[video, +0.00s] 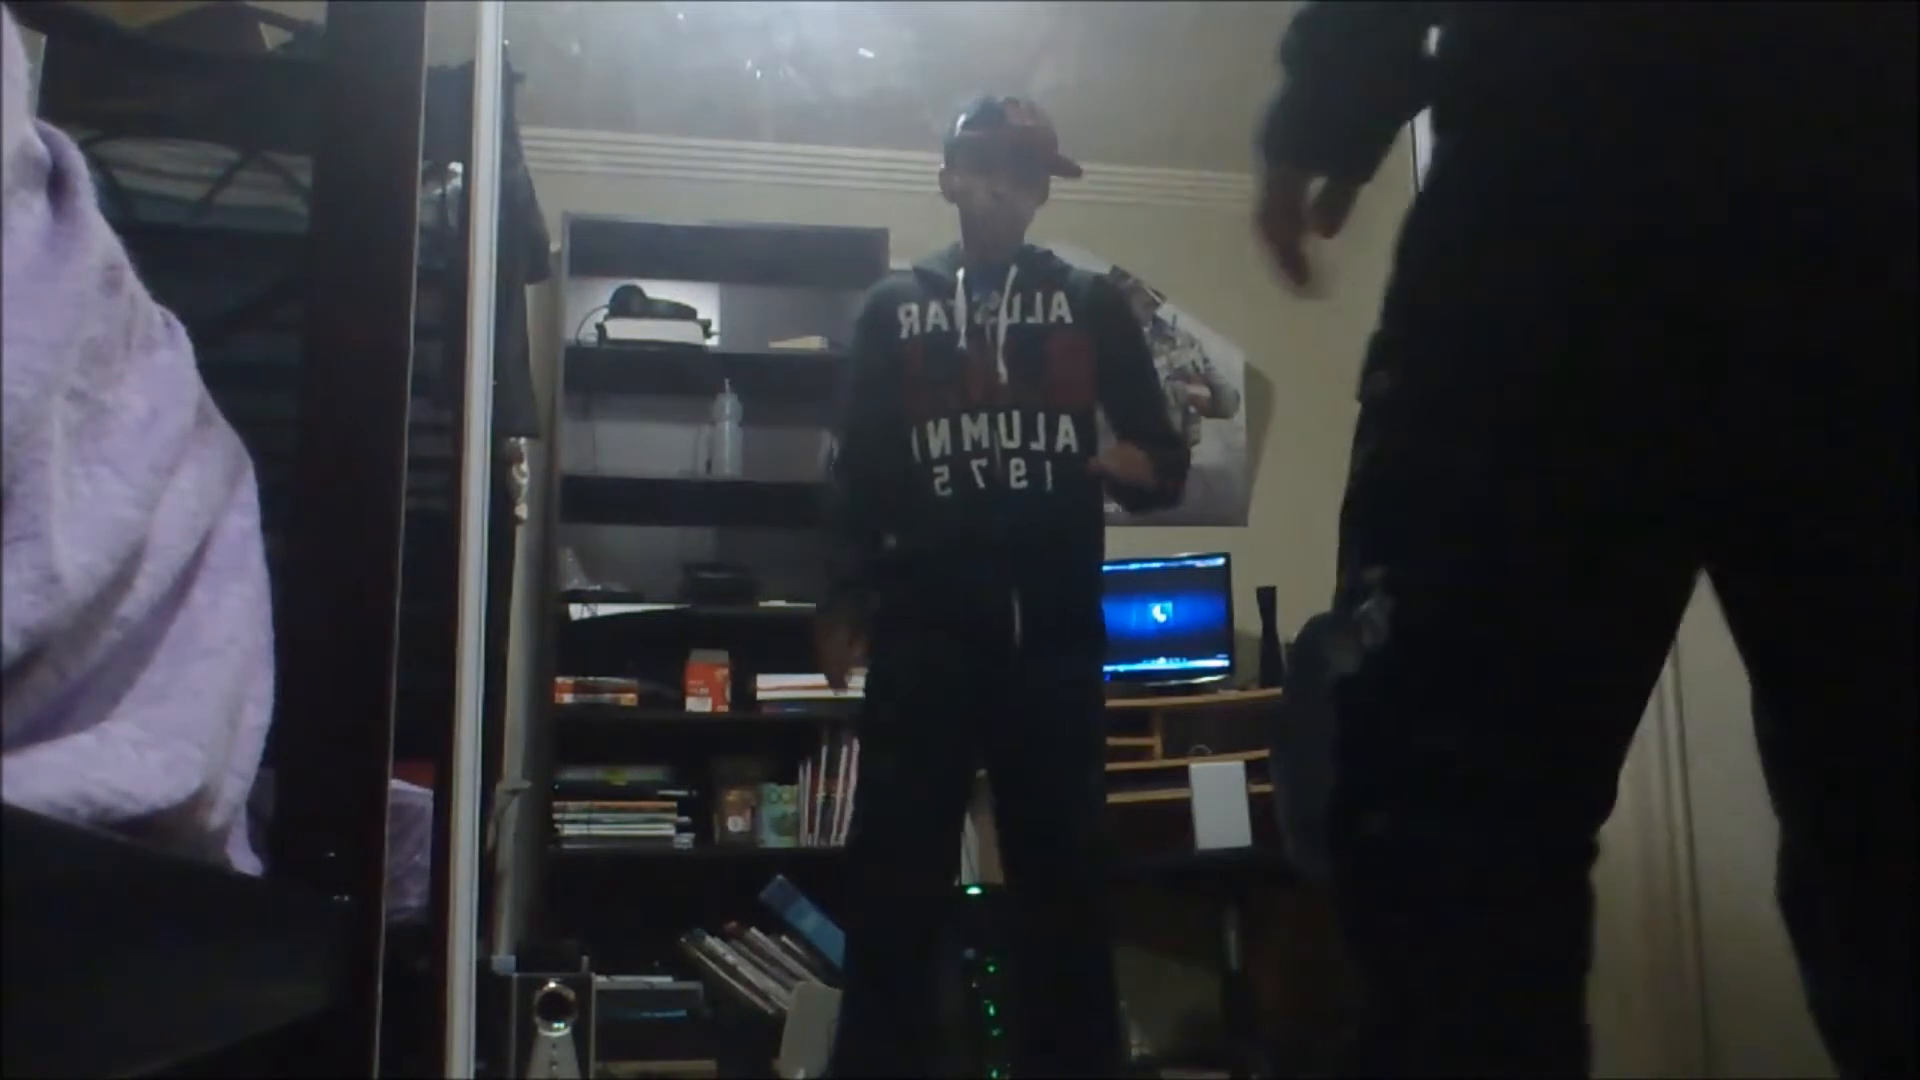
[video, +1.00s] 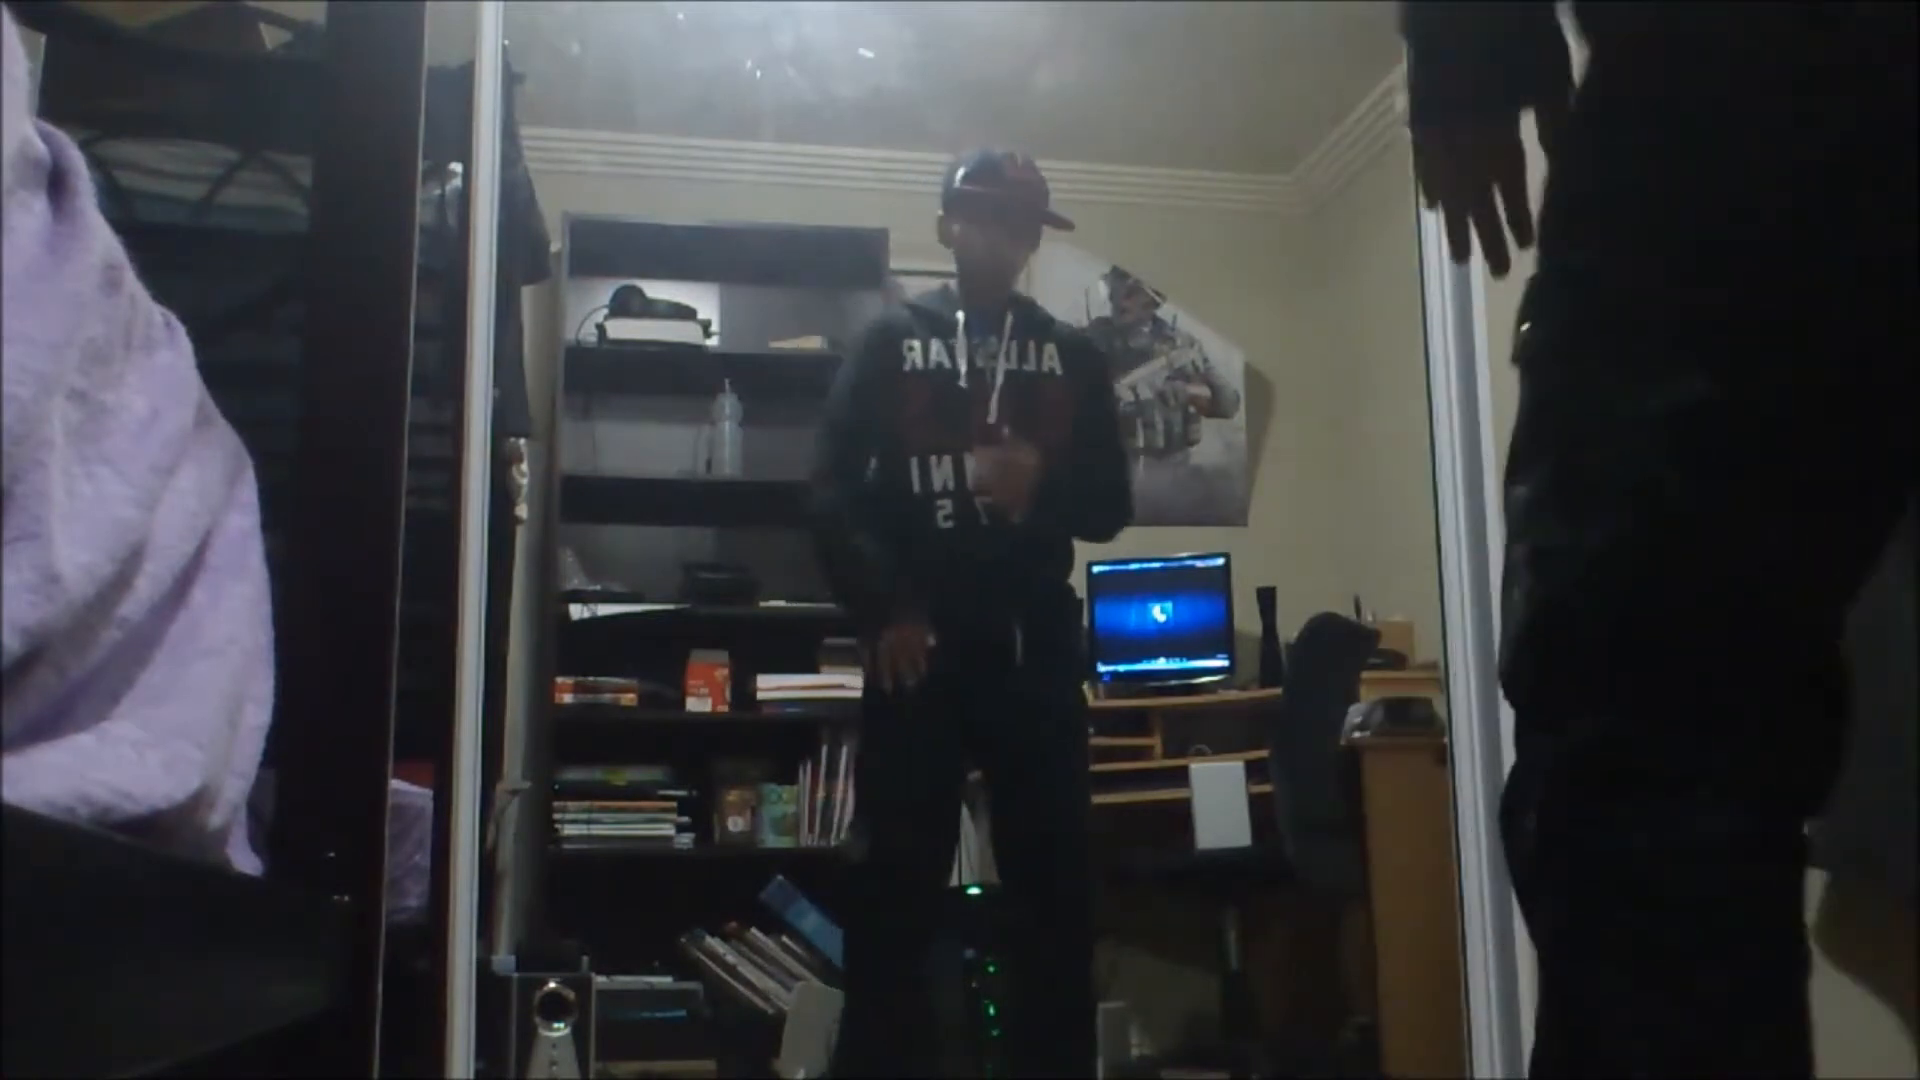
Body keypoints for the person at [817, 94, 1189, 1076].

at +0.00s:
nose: (999, 187)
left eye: (1019, 170)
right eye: (981, 167)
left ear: (1046, 184)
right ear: (949, 177)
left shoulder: (1092, 299)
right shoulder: (893, 304)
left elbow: (1164, 467)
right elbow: (857, 466)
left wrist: (1113, 454)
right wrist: (842, 599)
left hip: (1052, 618)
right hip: (924, 615)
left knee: (1061, 868)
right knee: (893, 866)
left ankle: (1069, 1066)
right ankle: (883, 1068)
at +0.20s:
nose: (974, 197)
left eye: (994, 180)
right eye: (956, 177)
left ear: (1024, 189)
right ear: (924, 187)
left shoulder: (1073, 294)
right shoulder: (883, 318)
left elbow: (1153, 437)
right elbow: (855, 481)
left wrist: (1062, 440)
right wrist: (844, 619)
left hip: (1035, 612)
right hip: (911, 619)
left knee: (1041, 856)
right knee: (860, 839)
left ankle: (1063, 1059)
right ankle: (890, 1055)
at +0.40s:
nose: (951, 206)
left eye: (973, 187)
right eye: (935, 187)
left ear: (1009, 197)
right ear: (910, 199)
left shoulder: (1064, 318)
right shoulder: (874, 330)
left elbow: (1134, 466)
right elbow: (839, 481)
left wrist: (1020, 463)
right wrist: (824, 608)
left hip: (1028, 637)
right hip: (904, 639)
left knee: (1042, 884)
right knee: (872, 877)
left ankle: (1058, 1067)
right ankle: (873, 1069)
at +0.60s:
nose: (953, 213)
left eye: (972, 197)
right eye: (935, 193)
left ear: (997, 212)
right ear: (903, 204)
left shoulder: (1041, 336)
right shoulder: (850, 331)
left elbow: (1102, 484)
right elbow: (783, 477)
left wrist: (994, 457)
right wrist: (826, 583)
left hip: (1011, 631)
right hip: (888, 633)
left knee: (1039, 873)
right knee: (881, 877)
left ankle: (1061, 1064)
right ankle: (882, 1064)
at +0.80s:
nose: (978, 227)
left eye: (995, 210)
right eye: (961, 204)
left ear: (1016, 223)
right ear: (922, 212)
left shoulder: (1047, 339)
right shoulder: (865, 320)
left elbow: (1084, 486)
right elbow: (792, 455)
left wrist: (1013, 441)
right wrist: (867, 535)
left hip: (1017, 629)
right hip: (899, 626)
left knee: (1060, 869)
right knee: (891, 872)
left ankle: (1055, 1065)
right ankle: (881, 1064)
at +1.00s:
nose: (1001, 234)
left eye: (1019, 220)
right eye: (985, 213)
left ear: (1040, 234)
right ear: (949, 224)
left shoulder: (1074, 355)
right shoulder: (892, 339)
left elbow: (1110, 506)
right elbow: (832, 489)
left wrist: (1040, 487)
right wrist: (885, 609)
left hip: (1034, 642)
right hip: (918, 639)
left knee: (1050, 882)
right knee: (899, 880)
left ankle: (1052, 1066)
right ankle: (884, 1067)